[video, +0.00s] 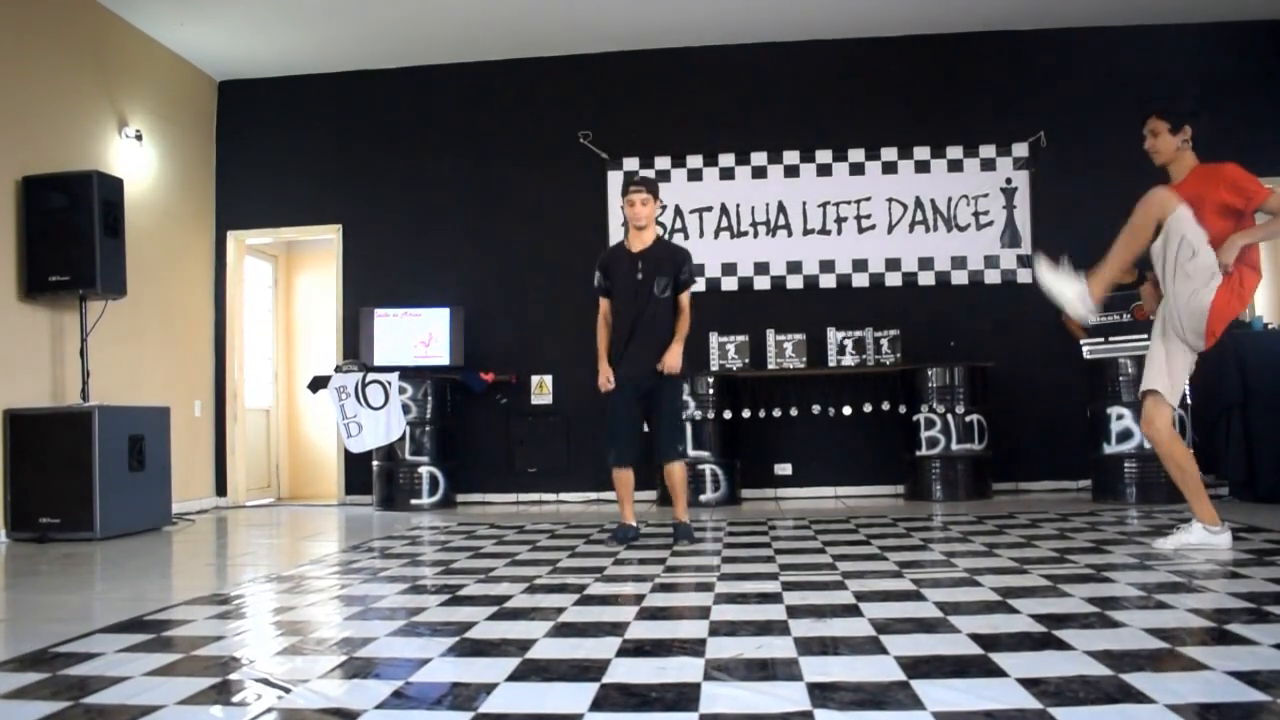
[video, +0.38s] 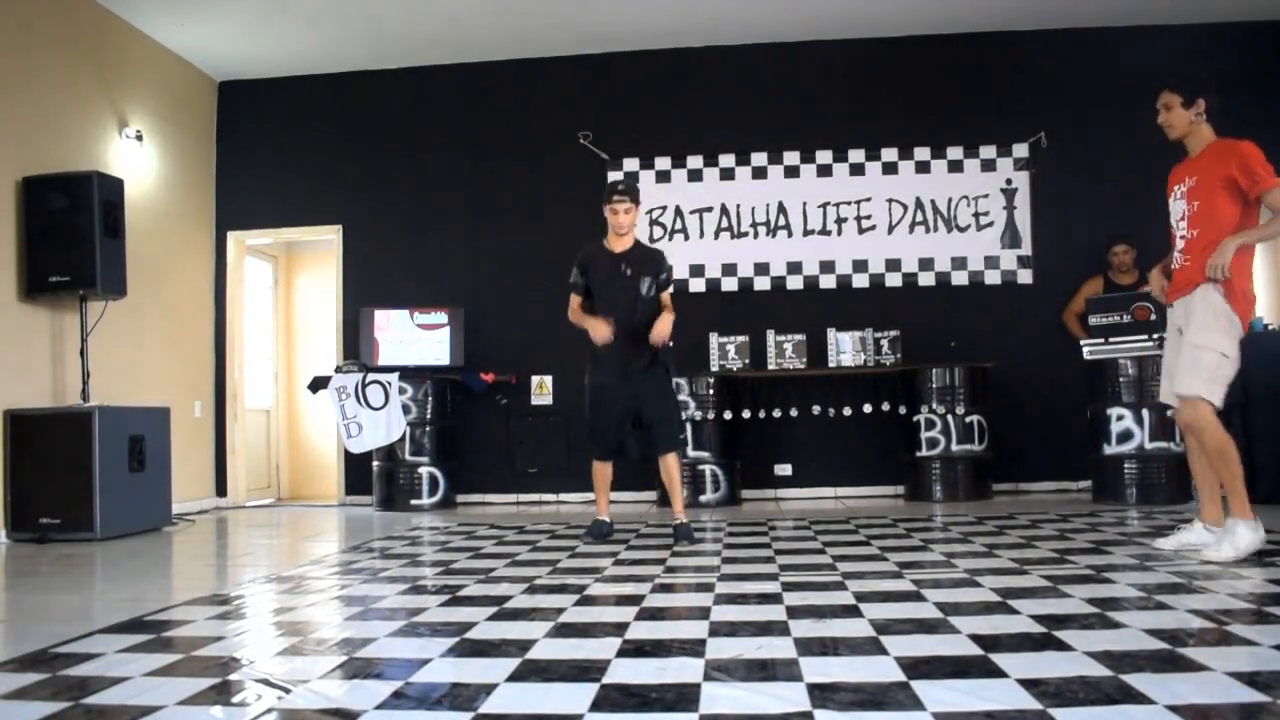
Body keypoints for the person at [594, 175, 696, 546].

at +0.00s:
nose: (637, 209)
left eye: (644, 203)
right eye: (631, 203)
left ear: (656, 207)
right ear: (623, 210)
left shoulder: (676, 256)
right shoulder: (609, 260)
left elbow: (684, 310)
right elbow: (604, 316)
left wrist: (676, 346)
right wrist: (603, 362)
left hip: (662, 365)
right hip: (621, 368)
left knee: (670, 445)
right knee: (620, 447)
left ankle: (681, 519)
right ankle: (628, 522)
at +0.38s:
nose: (621, 217)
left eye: (627, 210)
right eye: (614, 210)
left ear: (637, 213)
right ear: (605, 212)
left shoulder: (654, 259)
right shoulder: (587, 260)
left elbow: (667, 305)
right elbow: (574, 309)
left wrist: (666, 319)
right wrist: (590, 322)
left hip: (649, 364)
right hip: (606, 366)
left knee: (666, 440)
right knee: (602, 443)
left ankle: (680, 518)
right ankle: (602, 518)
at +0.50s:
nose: (615, 232)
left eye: (621, 224)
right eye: (609, 224)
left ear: (630, 223)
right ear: (597, 222)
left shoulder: (643, 256)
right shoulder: (584, 258)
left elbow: (665, 304)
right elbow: (563, 308)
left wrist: (658, 263)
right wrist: (579, 267)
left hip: (644, 367)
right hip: (600, 370)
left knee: (658, 441)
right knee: (601, 445)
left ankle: (673, 515)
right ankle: (603, 518)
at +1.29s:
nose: (620, 242)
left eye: (625, 234)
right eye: (613, 235)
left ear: (635, 230)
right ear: (604, 232)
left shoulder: (657, 263)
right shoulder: (595, 268)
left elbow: (679, 305)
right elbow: (575, 311)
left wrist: (670, 321)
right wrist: (582, 320)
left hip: (649, 370)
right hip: (608, 369)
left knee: (643, 443)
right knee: (608, 442)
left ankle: (637, 515)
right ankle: (607, 519)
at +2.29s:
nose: (678, 222)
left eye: (685, 215)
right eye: (672, 213)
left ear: (692, 211)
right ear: (658, 200)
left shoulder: (695, 245)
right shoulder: (626, 241)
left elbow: (701, 301)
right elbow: (606, 299)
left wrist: (695, 329)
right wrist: (619, 344)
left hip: (680, 364)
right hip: (635, 362)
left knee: (689, 448)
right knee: (625, 447)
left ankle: (694, 531)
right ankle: (617, 525)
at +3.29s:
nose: (632, 195)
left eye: (634, 188)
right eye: (622, 189)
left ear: (638, 191)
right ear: (599, 195)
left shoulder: (657, 234)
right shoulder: (584, 251)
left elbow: (673, 291)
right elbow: (578, 309)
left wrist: (677, 338)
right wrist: (591, 348)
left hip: (657, 361)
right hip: (608, 365)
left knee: (675, 449)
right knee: (601, 453)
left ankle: (690, 531)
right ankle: (595, 539)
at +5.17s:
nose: (651, 213)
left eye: (658, 206)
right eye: (643, 205)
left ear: (667, 200)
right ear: (628, 197)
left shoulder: (681, 238)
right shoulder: (604, 240)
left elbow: (698, 293)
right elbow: (594, 297)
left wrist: (692, 334)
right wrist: (601, 341)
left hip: (672, 362)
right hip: (621, 364)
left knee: (686, 446)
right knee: (614, 449)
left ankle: (687, 529)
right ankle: (610, 531)